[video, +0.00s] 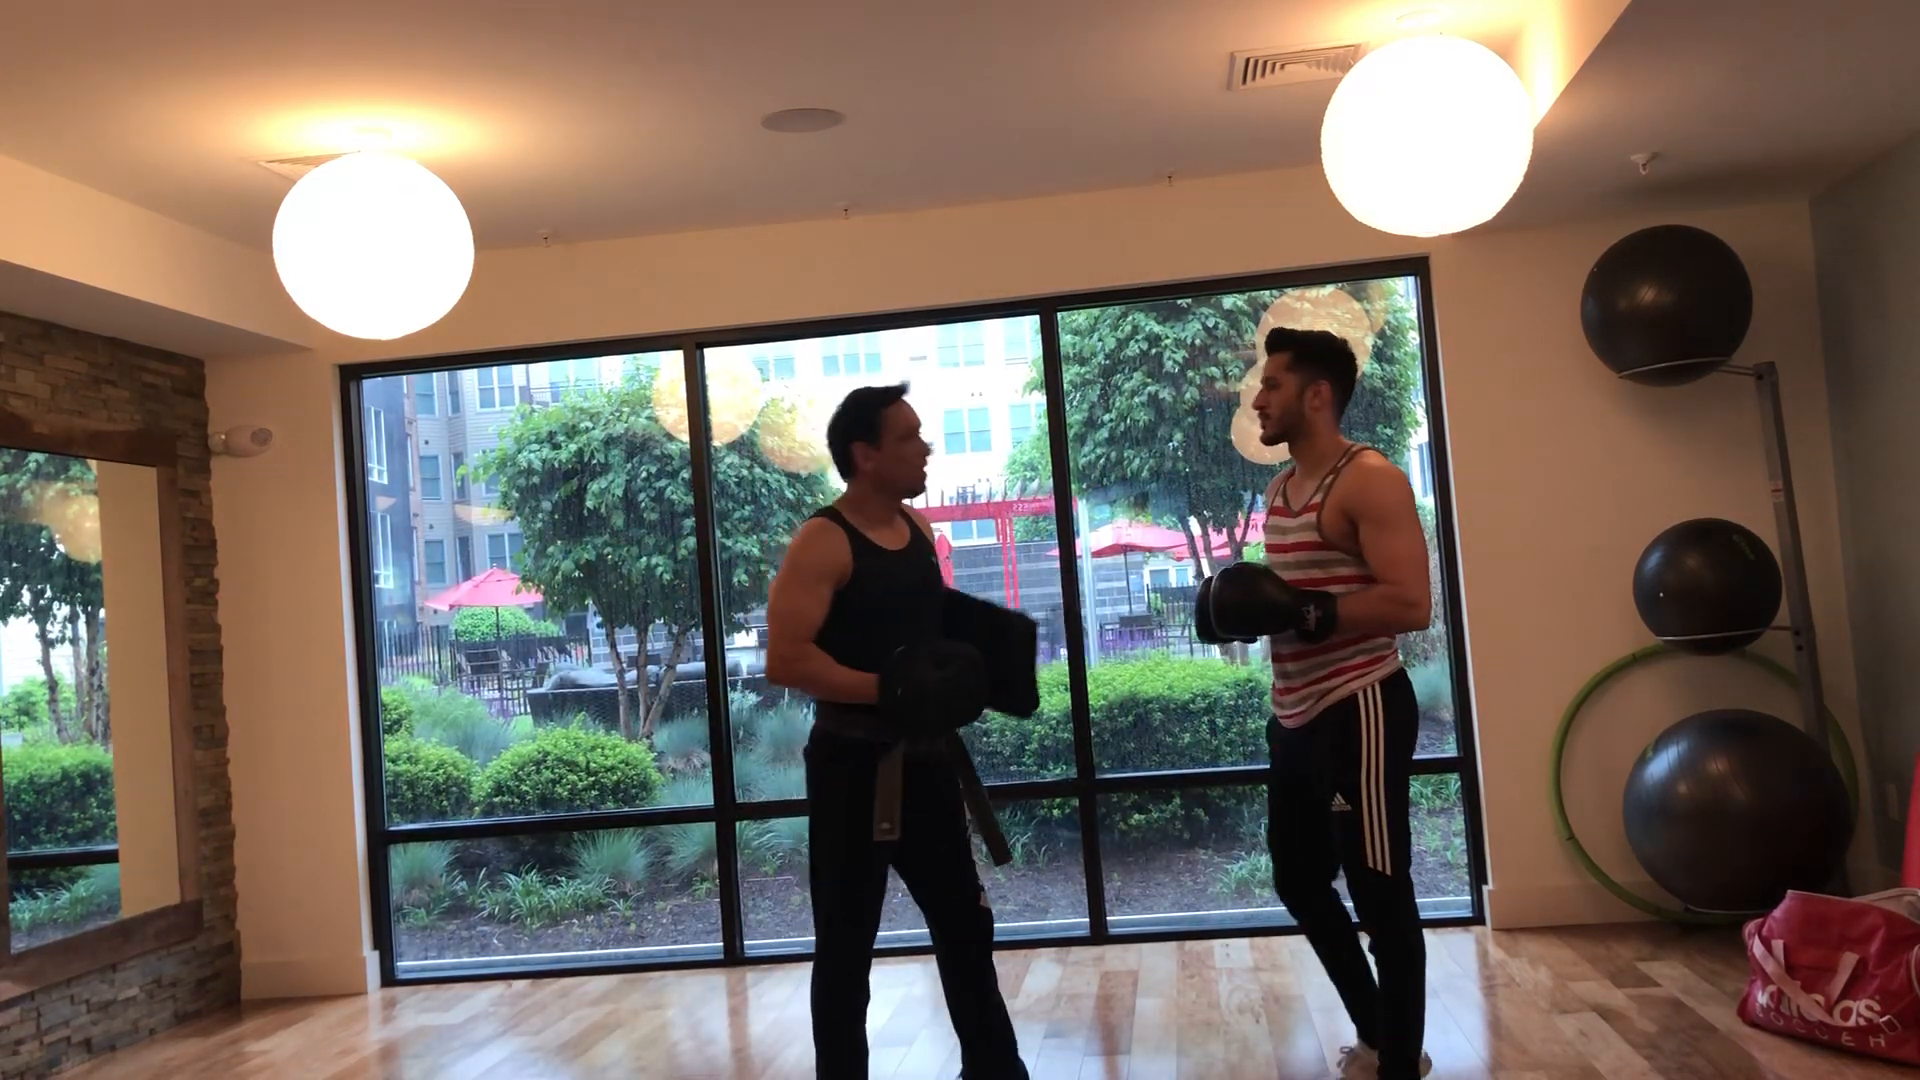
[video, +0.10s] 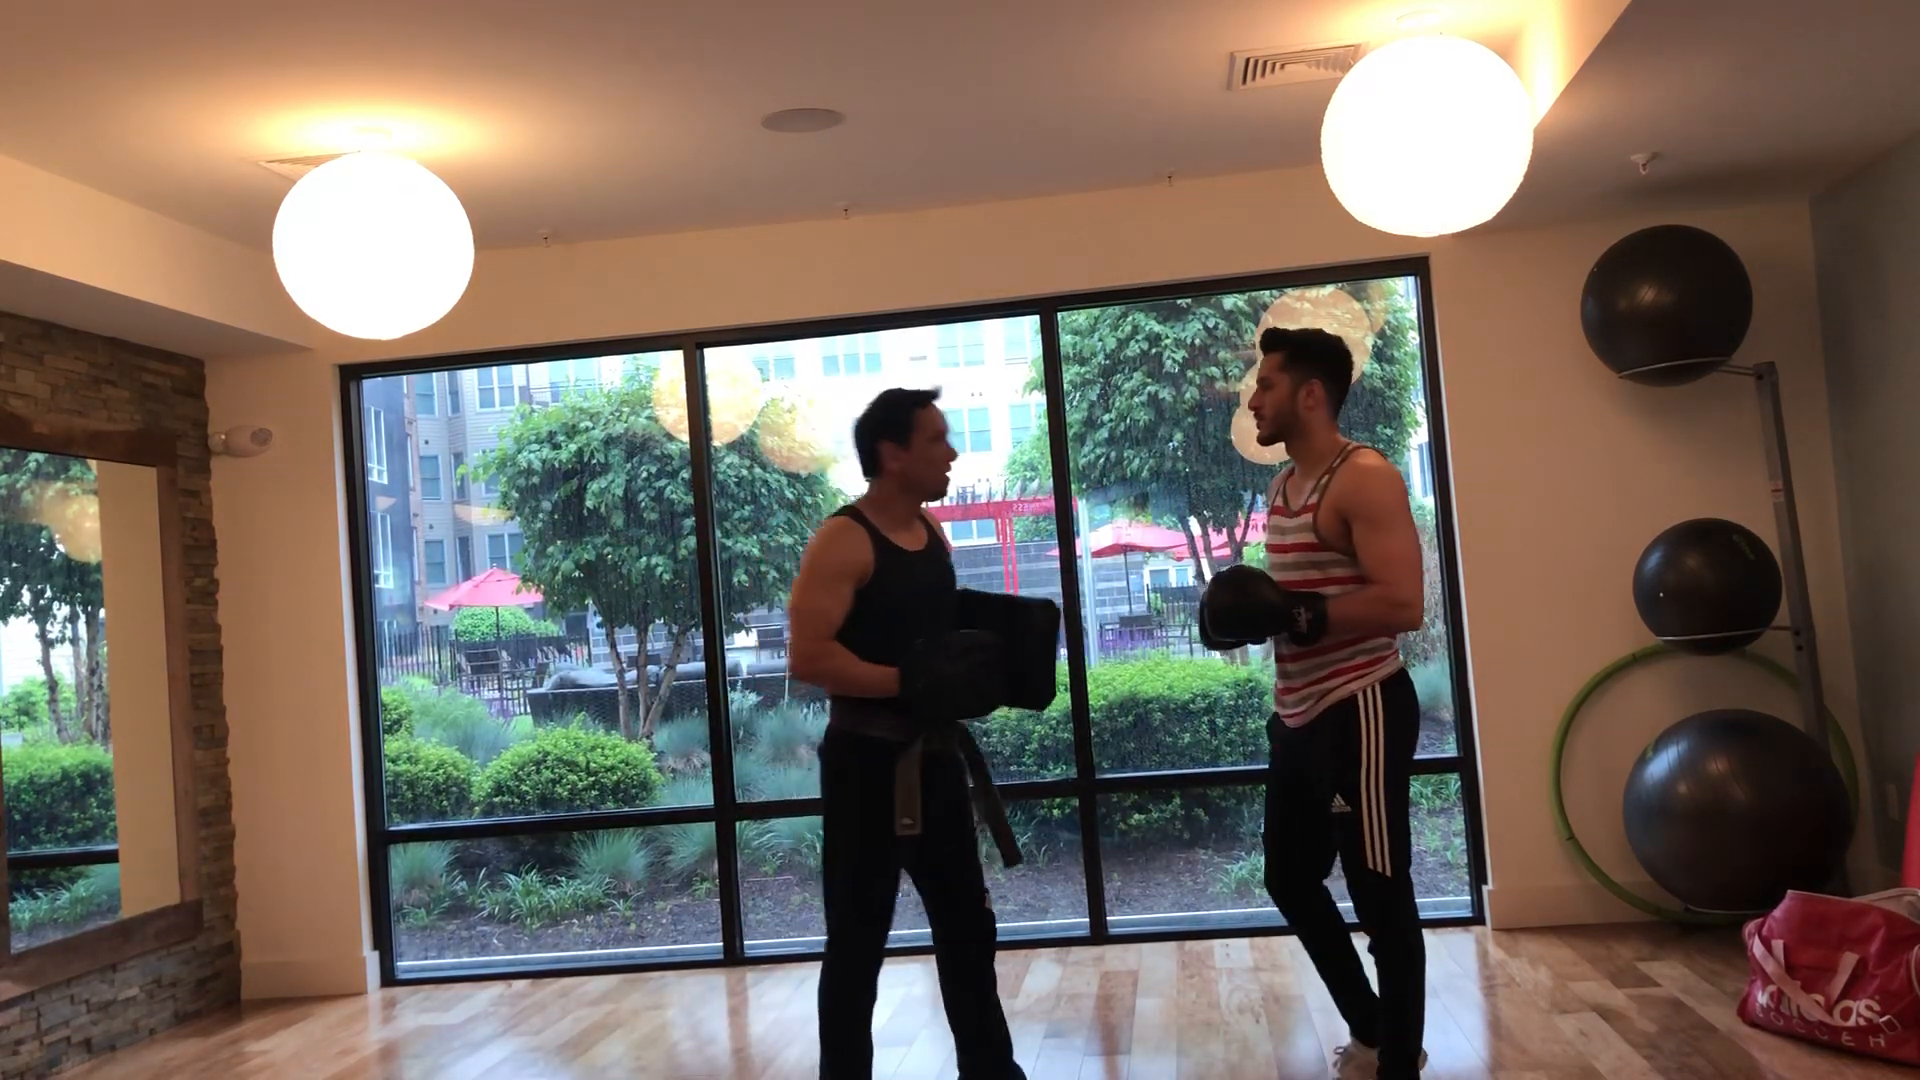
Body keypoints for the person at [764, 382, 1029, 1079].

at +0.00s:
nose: (926, 448)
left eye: (921, 435)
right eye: (910, 439)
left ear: (883, 457)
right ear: (862, 456)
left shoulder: (916, 531)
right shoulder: (820, 541)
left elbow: (923, 634)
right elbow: (784, 659)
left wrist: (985, 660)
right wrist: (894, 686)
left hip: (925, 754)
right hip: (848, 763)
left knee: (965, 930)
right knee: (844, 950)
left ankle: (996, 1074)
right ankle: (842, 1079)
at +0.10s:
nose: (952, 452)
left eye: (948, 439)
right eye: (938, 441)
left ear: (904, 454)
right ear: (891, 453)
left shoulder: (929, 532)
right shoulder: (841, 538)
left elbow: (931, 636)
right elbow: (806, 657)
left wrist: (994, 652)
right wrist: (914, 681)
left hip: (935, 753)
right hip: (862, 758)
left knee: (967, 932)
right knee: (855, 946)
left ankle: (991, 1073)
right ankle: (844, 1078)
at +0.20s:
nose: (977, 463)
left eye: (976, 449)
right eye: (965, 449)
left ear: (935, 457)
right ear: (919, 453)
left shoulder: (944, 534)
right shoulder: (865, 535)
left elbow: (945, 634)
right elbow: (842, 652)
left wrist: (1006, 658)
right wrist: (948, 672)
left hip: (946, 749)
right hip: (879, 753)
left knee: (973, 924)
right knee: (872, 937)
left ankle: (990, 1072)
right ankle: (849, 1076)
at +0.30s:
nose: (1003, 476)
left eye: (1004, 463)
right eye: (995, 462)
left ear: (958, 461)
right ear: (950, 457)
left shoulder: (960, 536)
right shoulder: (880, 536)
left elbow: (962, 635)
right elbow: (862, 649)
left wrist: (1029, 644)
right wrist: (968, 656)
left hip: (954, 745)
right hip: (885, 750)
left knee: (978, 922)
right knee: (883, 933)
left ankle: (991, 1070)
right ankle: (858, 1076)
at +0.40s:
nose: (1018, 488)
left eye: (1021, 475)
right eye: (1012, 472)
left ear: (974, 465)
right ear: (967, 460)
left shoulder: (974, 535)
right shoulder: (891, 530)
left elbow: (979, 626)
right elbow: (874, 644)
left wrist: (1041, 630)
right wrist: (979, 638)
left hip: (954, 740)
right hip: (887, 744)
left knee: (973, 923)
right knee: (888, 926)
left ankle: (991, 1071)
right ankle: (869, 1075)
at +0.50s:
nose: (1022, 488)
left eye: (1025, 475)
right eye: (1017, 472)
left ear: (976, 467)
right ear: (972, 462)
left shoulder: (979, 539)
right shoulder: (895, 530)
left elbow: (989, 626)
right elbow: (890, 646)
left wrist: (1052, 618)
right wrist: (995, 638)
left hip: (954, 744)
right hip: (887, 746)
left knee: (973, 923)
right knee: (888, 930)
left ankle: (990, 1071)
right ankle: (874, 1073)